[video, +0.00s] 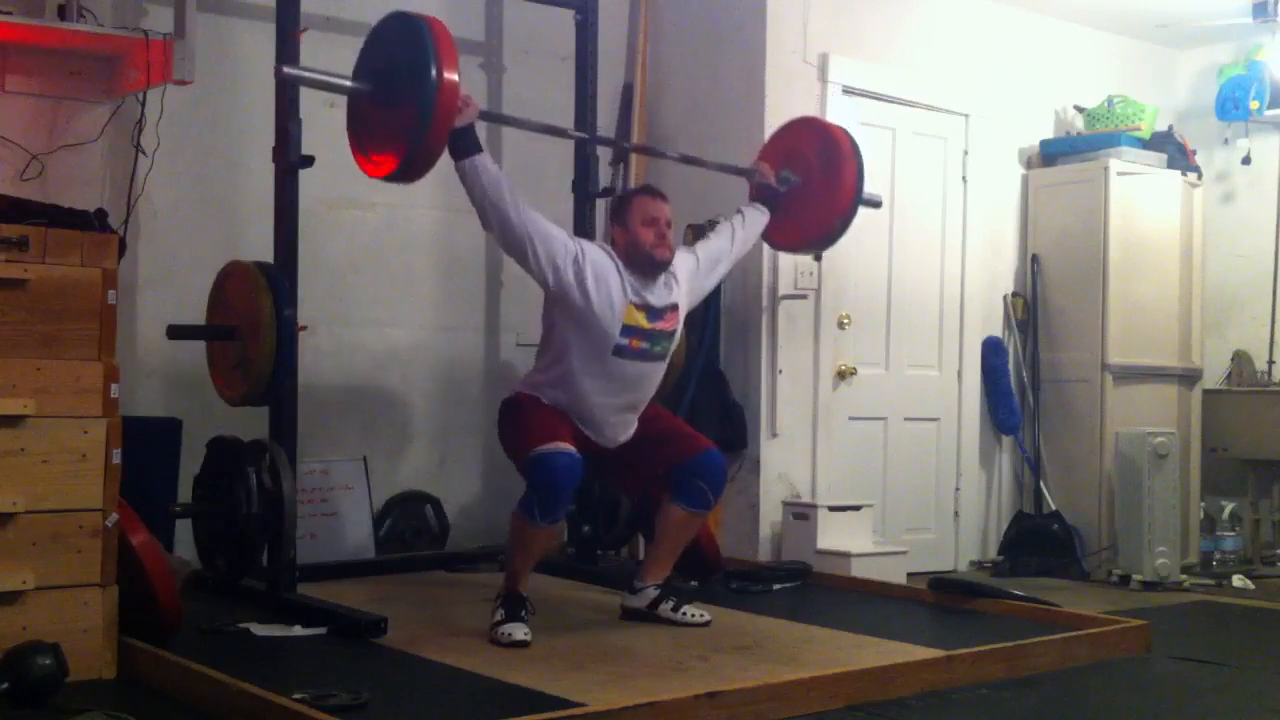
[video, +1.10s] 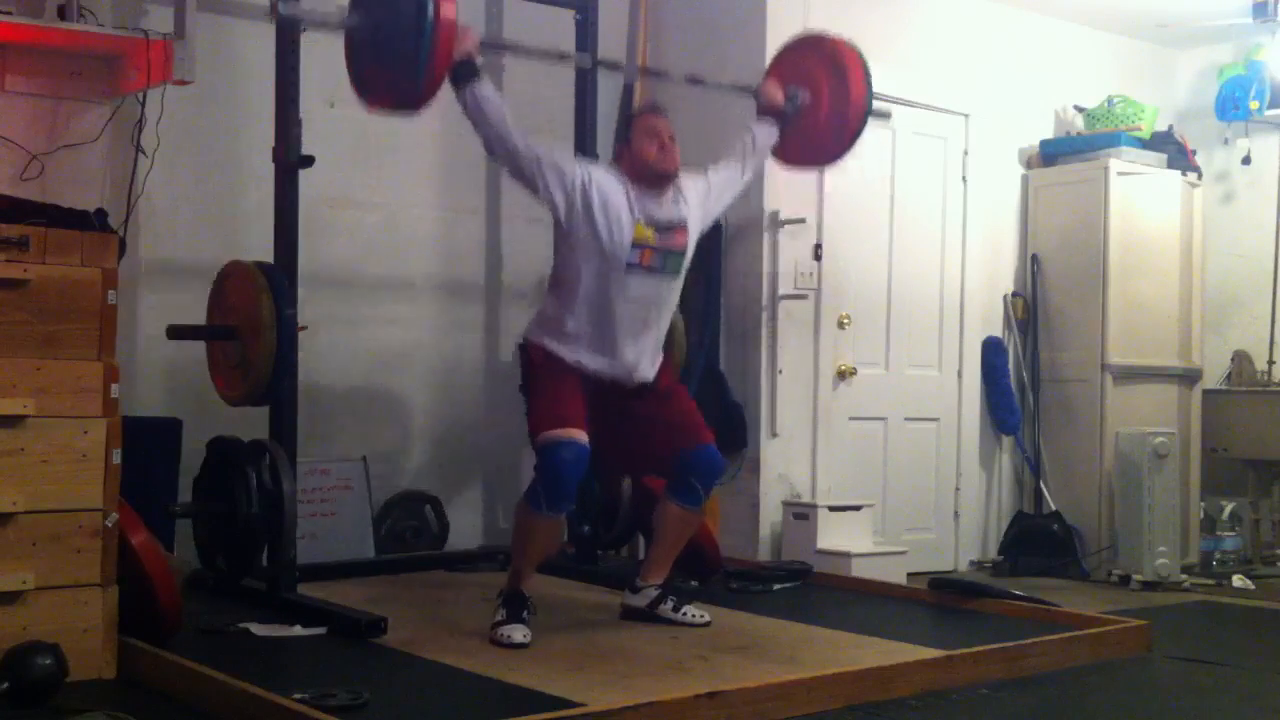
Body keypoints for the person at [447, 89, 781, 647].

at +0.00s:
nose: (664, 233)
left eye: (669, 225)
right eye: (650, 224)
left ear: (673, 233)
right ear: (617, 232)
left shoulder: (683, 279)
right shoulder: (583, 268)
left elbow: (727, 244)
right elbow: (512, 219)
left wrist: (763, 202)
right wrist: (464, 140)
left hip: (628, 419)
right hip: (548, 409)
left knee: (705, 468)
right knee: (559, 471)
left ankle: (647, 590)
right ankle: (513, 598)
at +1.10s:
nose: (664, 142)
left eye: (671, 137)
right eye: (651, 135)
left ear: (679, 152)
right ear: (624, 150)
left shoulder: (693, 199)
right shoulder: (587, 186)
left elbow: (744, 163)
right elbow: (513, 148)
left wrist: (771, 115)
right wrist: (466, 74)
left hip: (640, 367)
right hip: (562, 356)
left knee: (701, 464)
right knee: (565, 462)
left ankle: (648, 590)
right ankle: (515, 598)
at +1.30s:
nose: (666, 77)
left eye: (672, 69)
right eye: (653, 68)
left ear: (678, 79)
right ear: (623, 79)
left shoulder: (695, 130)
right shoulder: (587, 117)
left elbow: (740, 94)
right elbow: (513, 60)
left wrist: (770, 46)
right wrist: (468, 1)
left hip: (651, 315)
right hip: (577, 307)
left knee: (665, 452)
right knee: (582, 437)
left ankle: (648, 590)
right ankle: (550, 596)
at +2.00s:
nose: (616, 67)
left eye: (624, 59)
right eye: (604, 57)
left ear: (632, 68)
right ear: (576, 63)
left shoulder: (646, 128)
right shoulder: (548, 113)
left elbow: (705, 147)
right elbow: (466, 127)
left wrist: (765, 122)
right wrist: (448, 84)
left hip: (656, 297)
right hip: (580, 295)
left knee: (663, 441)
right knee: (578, 442)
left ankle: (656, 579)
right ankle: (563, 592)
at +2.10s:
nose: (618, 69)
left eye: (626, 60)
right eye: (606, 58)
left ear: (634, 65)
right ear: (579, 61)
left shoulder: (648, 119)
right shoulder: (549, 105)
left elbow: (708, 163)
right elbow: (478, 117)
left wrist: (776, 178)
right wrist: (427, 114)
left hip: (651, 285)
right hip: (576, 284)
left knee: (669, 430)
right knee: (583, 435)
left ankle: (657, 578)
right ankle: (565, 591)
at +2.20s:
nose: (647, 101)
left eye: (658, 92)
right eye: (638, 88)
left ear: (667, 97)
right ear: (612, 83)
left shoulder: (672, 158)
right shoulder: (570, 141)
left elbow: (716, 226)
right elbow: (497, 182)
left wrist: (755, 288)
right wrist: (467, 246)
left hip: (652, 318)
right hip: (575, 315)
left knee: (672, 453)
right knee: (587, 455)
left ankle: (648, 593)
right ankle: (560, 598)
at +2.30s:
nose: (683, 146)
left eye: (691, 135)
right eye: (672, 132)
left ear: (697, 139)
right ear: (643, 133)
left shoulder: (696, 206)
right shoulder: (593, 188)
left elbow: (734, 278)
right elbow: (510, 246)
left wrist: (760, 343)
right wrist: (460, 326)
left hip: (642, 347)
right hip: (565, 343)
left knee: (674, 463)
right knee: (581, 463)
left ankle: (644, 596)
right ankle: (556, 602)